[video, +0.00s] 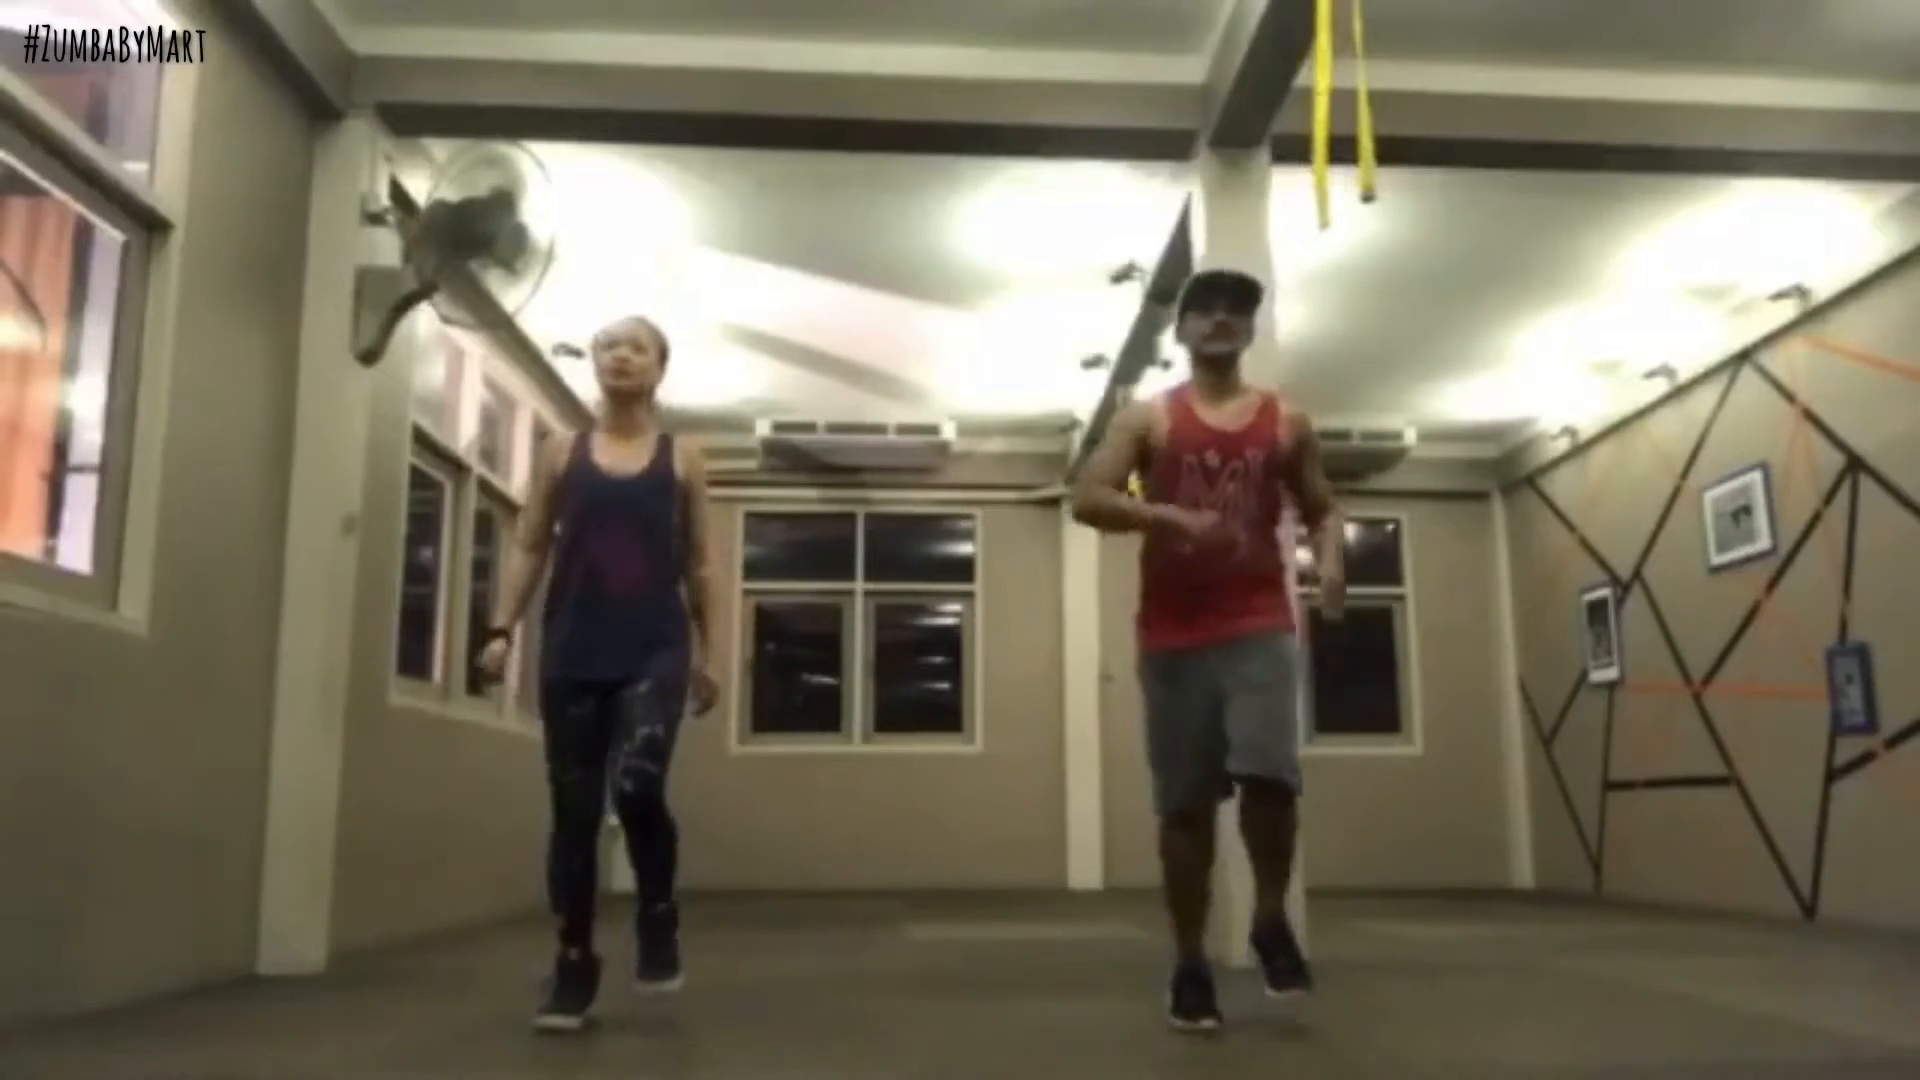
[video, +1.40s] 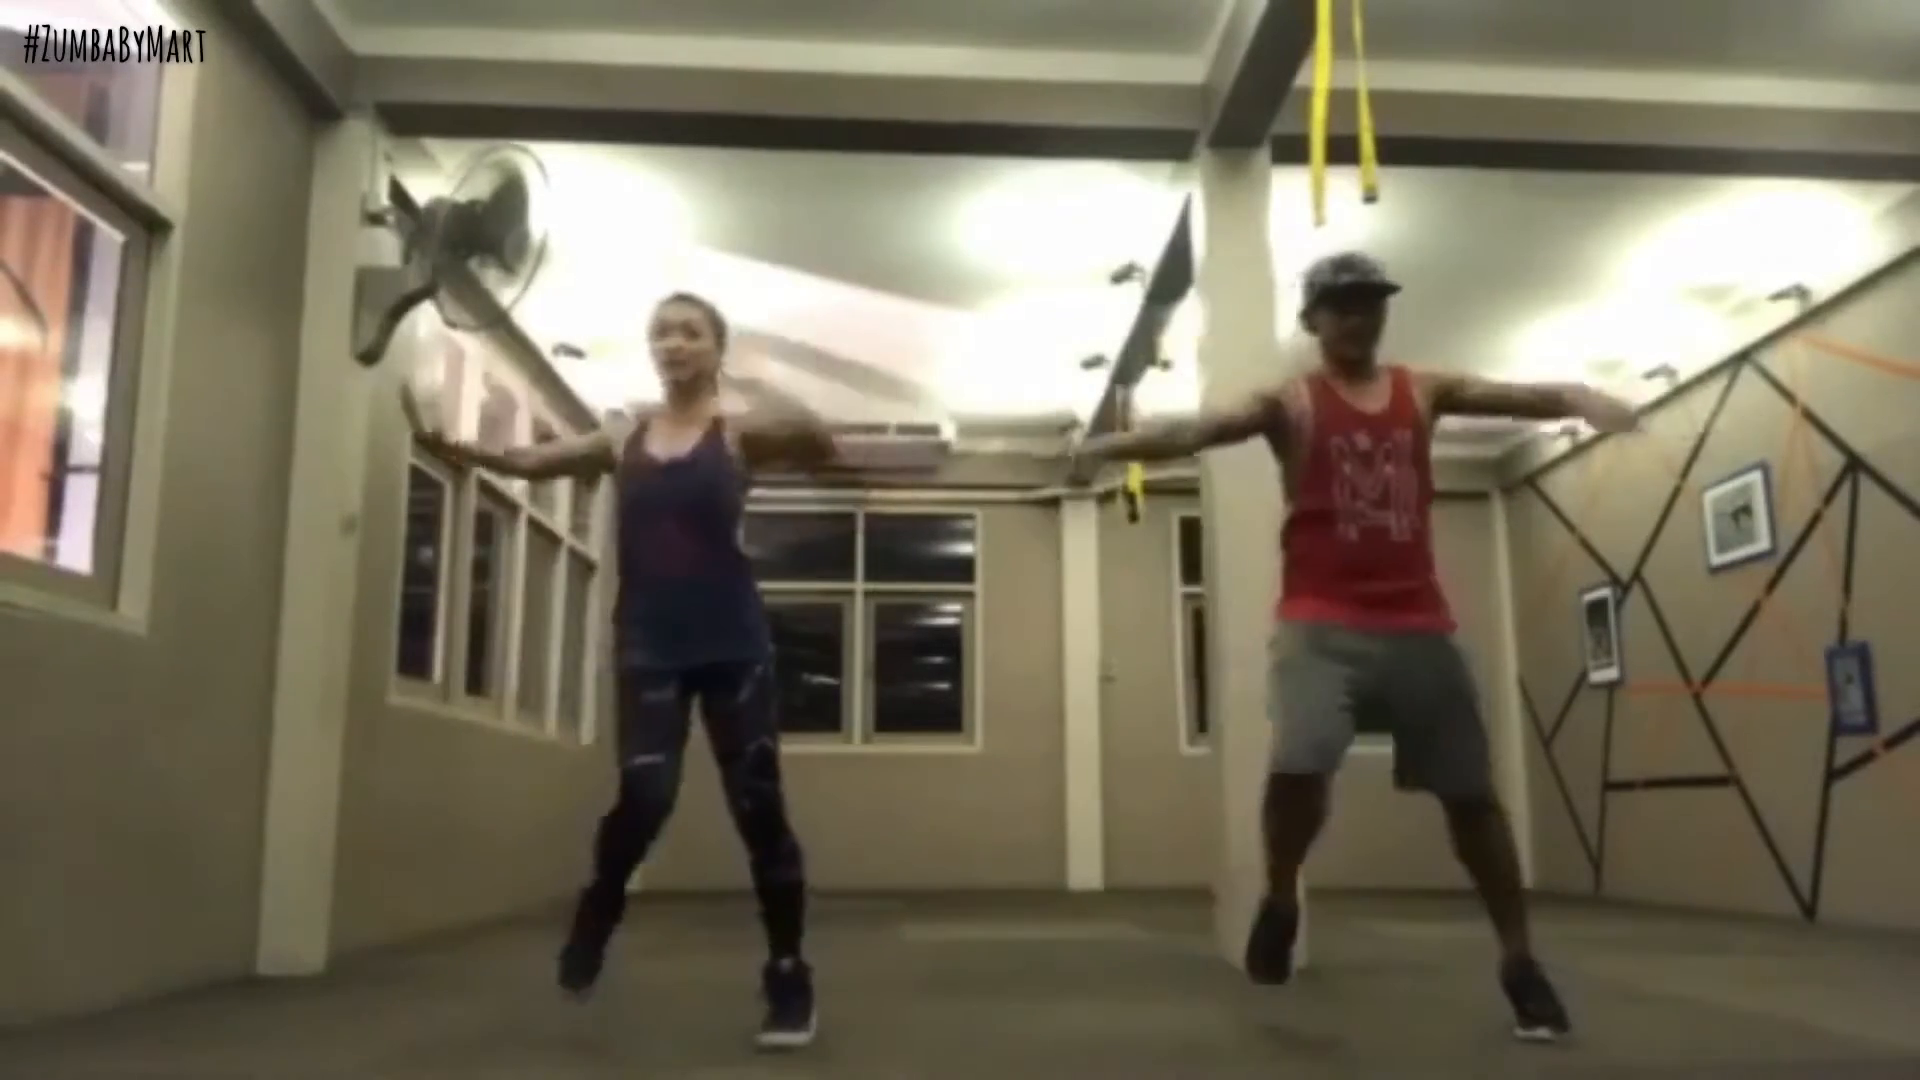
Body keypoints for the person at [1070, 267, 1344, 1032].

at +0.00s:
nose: (1216, 325)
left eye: (1231, 313)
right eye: (1202, 313)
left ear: (1251, 328)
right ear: (1181, 327)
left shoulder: (1284, 423)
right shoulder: (1146, 416)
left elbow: (1320, 510)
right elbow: (1088, 496)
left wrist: (1327, 559)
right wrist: (1166, 517)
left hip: (1260, 629)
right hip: (1175, 637)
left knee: (1270, 783)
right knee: (1187, 806)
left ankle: (1271, 920)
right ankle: (1190, 965)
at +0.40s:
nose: (1235, 323)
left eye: (1249, 312)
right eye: (1221, 310)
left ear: (1267, 327)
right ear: (1194, 323)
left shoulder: (1298, 415)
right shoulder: (1155, 412)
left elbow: (1379, 477)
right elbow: (1071, 468)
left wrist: (1453, 523)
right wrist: (1135, 471)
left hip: (1271, 626)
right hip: (1186, 621)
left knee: (1264, 803)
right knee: (1177, 771)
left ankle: (1255, 969)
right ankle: (1170, 916)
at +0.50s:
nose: (1238, 308)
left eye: (1252, 295)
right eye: (1223, 295)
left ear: (1271, 307)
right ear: (1199, 308)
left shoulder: (1302, 393)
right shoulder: (1166, 388)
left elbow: (1398, 434)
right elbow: (1068, 424)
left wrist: (1488, 452)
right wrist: (1086, 441)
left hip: (1270, 603)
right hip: (1189, 591)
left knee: (1251, 787)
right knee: (1202, 746)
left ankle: (1232, 952)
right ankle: (1171, 909)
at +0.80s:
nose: (1271, 336)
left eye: (1284, 323)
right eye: (1255, 322)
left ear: (1300, 333)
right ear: (1226, 333)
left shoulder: (1328, 424)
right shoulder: (1207, 412)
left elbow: (1434, 460)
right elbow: (1108, 431)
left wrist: (1423, 427)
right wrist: (1007, 437)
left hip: (1300, 633)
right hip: (1214, 635)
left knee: (1364, 771)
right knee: (1203, 808)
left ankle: (1271, 913)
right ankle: (1178, 984)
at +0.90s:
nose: (1286, 327)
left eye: (1299, 314)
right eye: (1271, 313)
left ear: (1315, 323)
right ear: (1241, 324)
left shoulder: (1342, 410)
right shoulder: (1211, 404)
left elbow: (1459, 423)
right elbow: (1121, 426)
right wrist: (1101, 391)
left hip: (1325, 621)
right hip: (1233, 628)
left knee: (1406, 751)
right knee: (1211, 799)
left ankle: (1372, 896)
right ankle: (1179, 984)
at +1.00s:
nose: (1308, 316)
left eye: (1320, 304)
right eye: (1293, 304)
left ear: (1336, 312)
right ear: (1263, 316)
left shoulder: (1371, 387)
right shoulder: (1230, 393)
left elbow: (1498, 401)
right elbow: (1133, 413)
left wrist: (1625, 383)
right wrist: (1154, 346)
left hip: (1354, 624)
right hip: (1258, 627)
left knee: (1430, 777)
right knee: (1227, 795)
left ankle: (1467, 912)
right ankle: (1193, 975)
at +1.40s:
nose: (1357, 324)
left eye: (1370, 310)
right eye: (1341, 310)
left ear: (1386, 315)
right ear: (1312, 319)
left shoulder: (1422, 391)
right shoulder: (1289, 403)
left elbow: (1525, 399)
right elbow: (1201, 431)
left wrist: (1587, 400)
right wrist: (1117, 445)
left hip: (1417, 622)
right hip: (1321, 622)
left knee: (1473, 799)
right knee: (1298, 767)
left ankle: (1520, 963)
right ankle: (1280, 902)